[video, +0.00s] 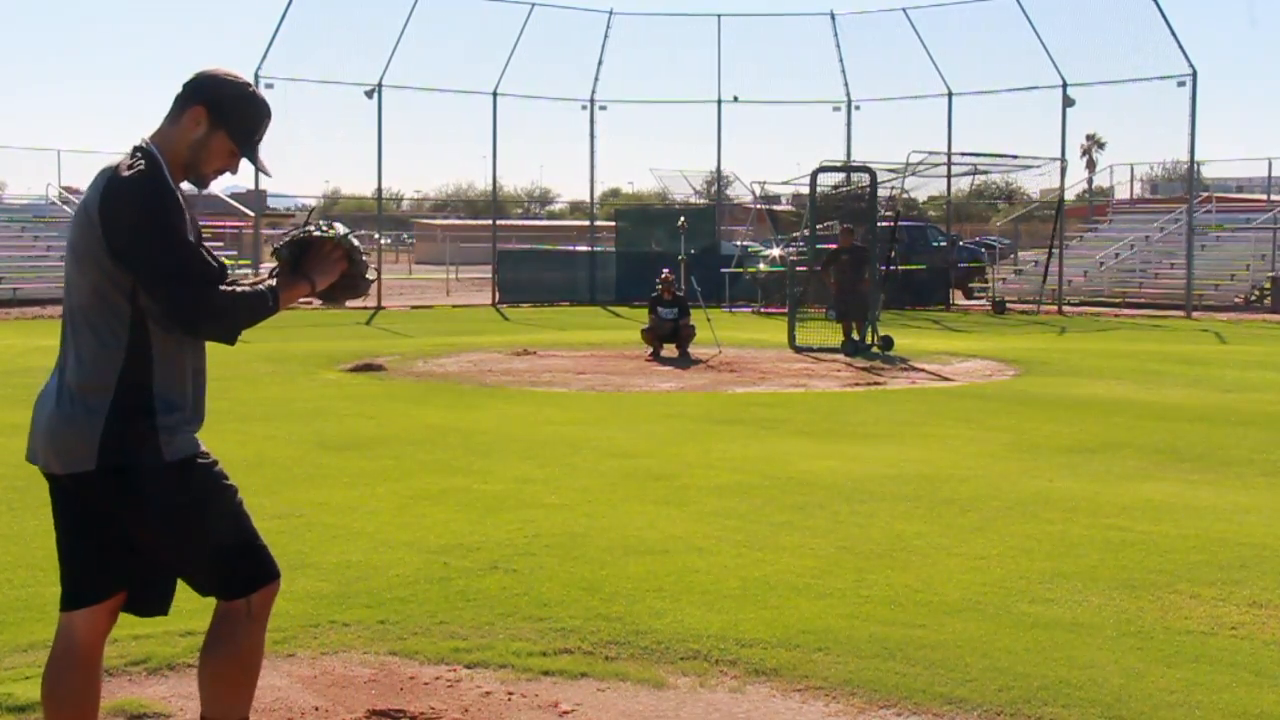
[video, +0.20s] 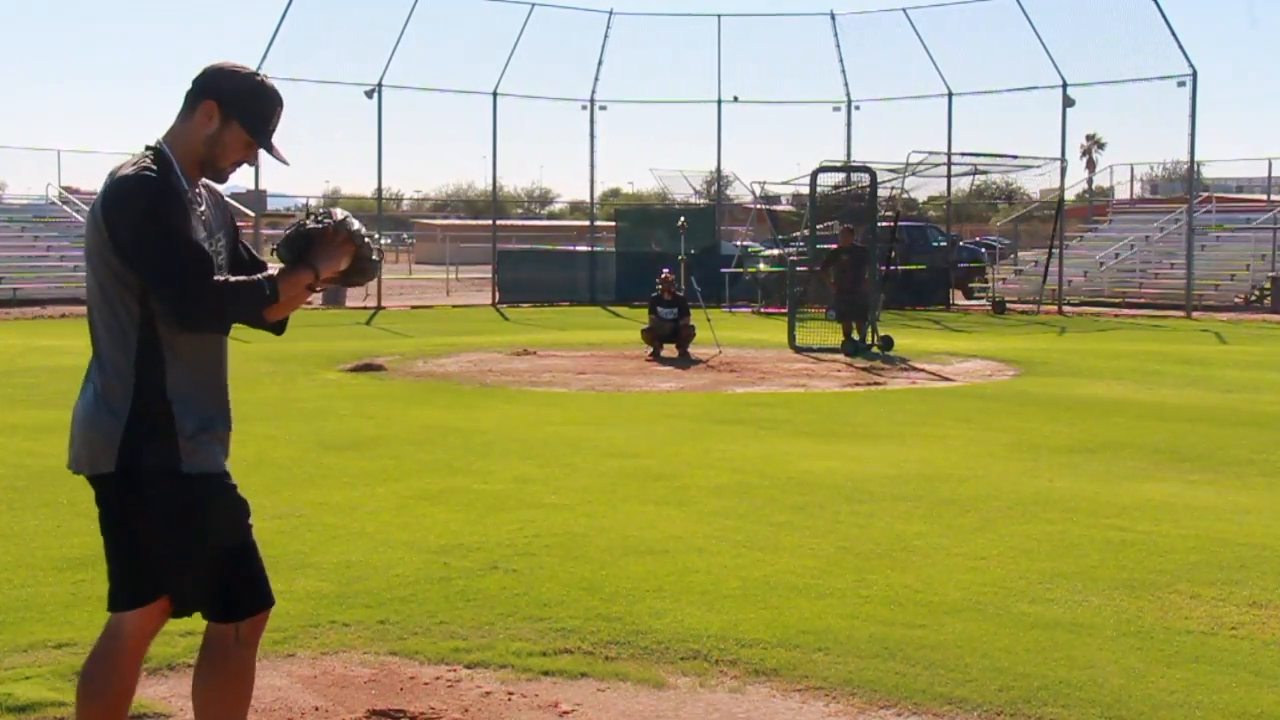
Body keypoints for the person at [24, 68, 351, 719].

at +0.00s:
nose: (231, 167)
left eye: (239, 156)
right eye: (233, 150)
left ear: (194, 124)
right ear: (195, 120)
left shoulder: (121, 184)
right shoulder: (143, 190)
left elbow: (210, 297)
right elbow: (209, 312)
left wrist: (286, 282)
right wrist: (294, 284)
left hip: (81, 442)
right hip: (142, 444)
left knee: (88, 611)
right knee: (251, 585)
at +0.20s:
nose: (250, 160)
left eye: (256, 149)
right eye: (249, 143)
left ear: (212, 123)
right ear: (210, 116)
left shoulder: (207, 204)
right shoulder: (143, 189)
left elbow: (256, 308)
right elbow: (194, 300)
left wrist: (311, 271)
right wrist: (306, 270)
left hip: (176, 446)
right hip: (147, 448)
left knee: (143, 606)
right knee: (242, 609)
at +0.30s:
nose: (258, 150)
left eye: (264, 139)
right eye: (256, 133)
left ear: (220, 117)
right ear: (215, 108)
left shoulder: (229, 200)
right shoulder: (141, 185)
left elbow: (279, 311)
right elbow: (189, 294)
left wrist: (317, 262)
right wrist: (288, 261)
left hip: (207, 445)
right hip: (156, 448)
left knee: (200, 610)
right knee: (227, 618)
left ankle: (138, 716)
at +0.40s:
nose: (265, 144)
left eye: (271, 131)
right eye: (262, 126)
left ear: (228, 113)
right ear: (216, 103)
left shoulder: (248, 199)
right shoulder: (135, 183)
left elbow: (299, 305)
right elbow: (171, 281)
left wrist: (318, 253)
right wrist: (282, 237)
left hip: (233, 437)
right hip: (160, 447)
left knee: (291, 581)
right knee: (219, 619)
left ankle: (185, 710)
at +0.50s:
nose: (267, 144)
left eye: (272, 131)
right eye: (263, 126)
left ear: (228, 112)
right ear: (219, 103)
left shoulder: (251, 189)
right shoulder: (131, 179)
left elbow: (316, 299)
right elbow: (141, 265)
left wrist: (312, 236)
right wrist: (257, 216)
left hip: (250, 427)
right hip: (167, 442)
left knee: (328, 567)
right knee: (209, 622)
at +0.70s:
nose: (273, 145)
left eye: (283, 134)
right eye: (264, 128)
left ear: (291, 136)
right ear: (228, 112)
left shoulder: (278, 193)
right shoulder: (144, 169)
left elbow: (349, 286)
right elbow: (105, 232)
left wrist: (303, 199)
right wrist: (221, 173)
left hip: (263, 399)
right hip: (176, 433)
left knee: (342, 497)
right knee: (208, 618)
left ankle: (425, 667)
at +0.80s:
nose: (268, 141)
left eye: (284, 134)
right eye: (261, 122)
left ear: (296, 141)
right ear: (230, 108)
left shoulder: (288, 194)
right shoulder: (160, 172)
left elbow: (365, 274)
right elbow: (110, 219)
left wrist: (309, 183)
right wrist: (221, 158)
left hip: (266, 384)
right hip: (183, 420)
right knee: (217, 610)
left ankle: (419, 581)